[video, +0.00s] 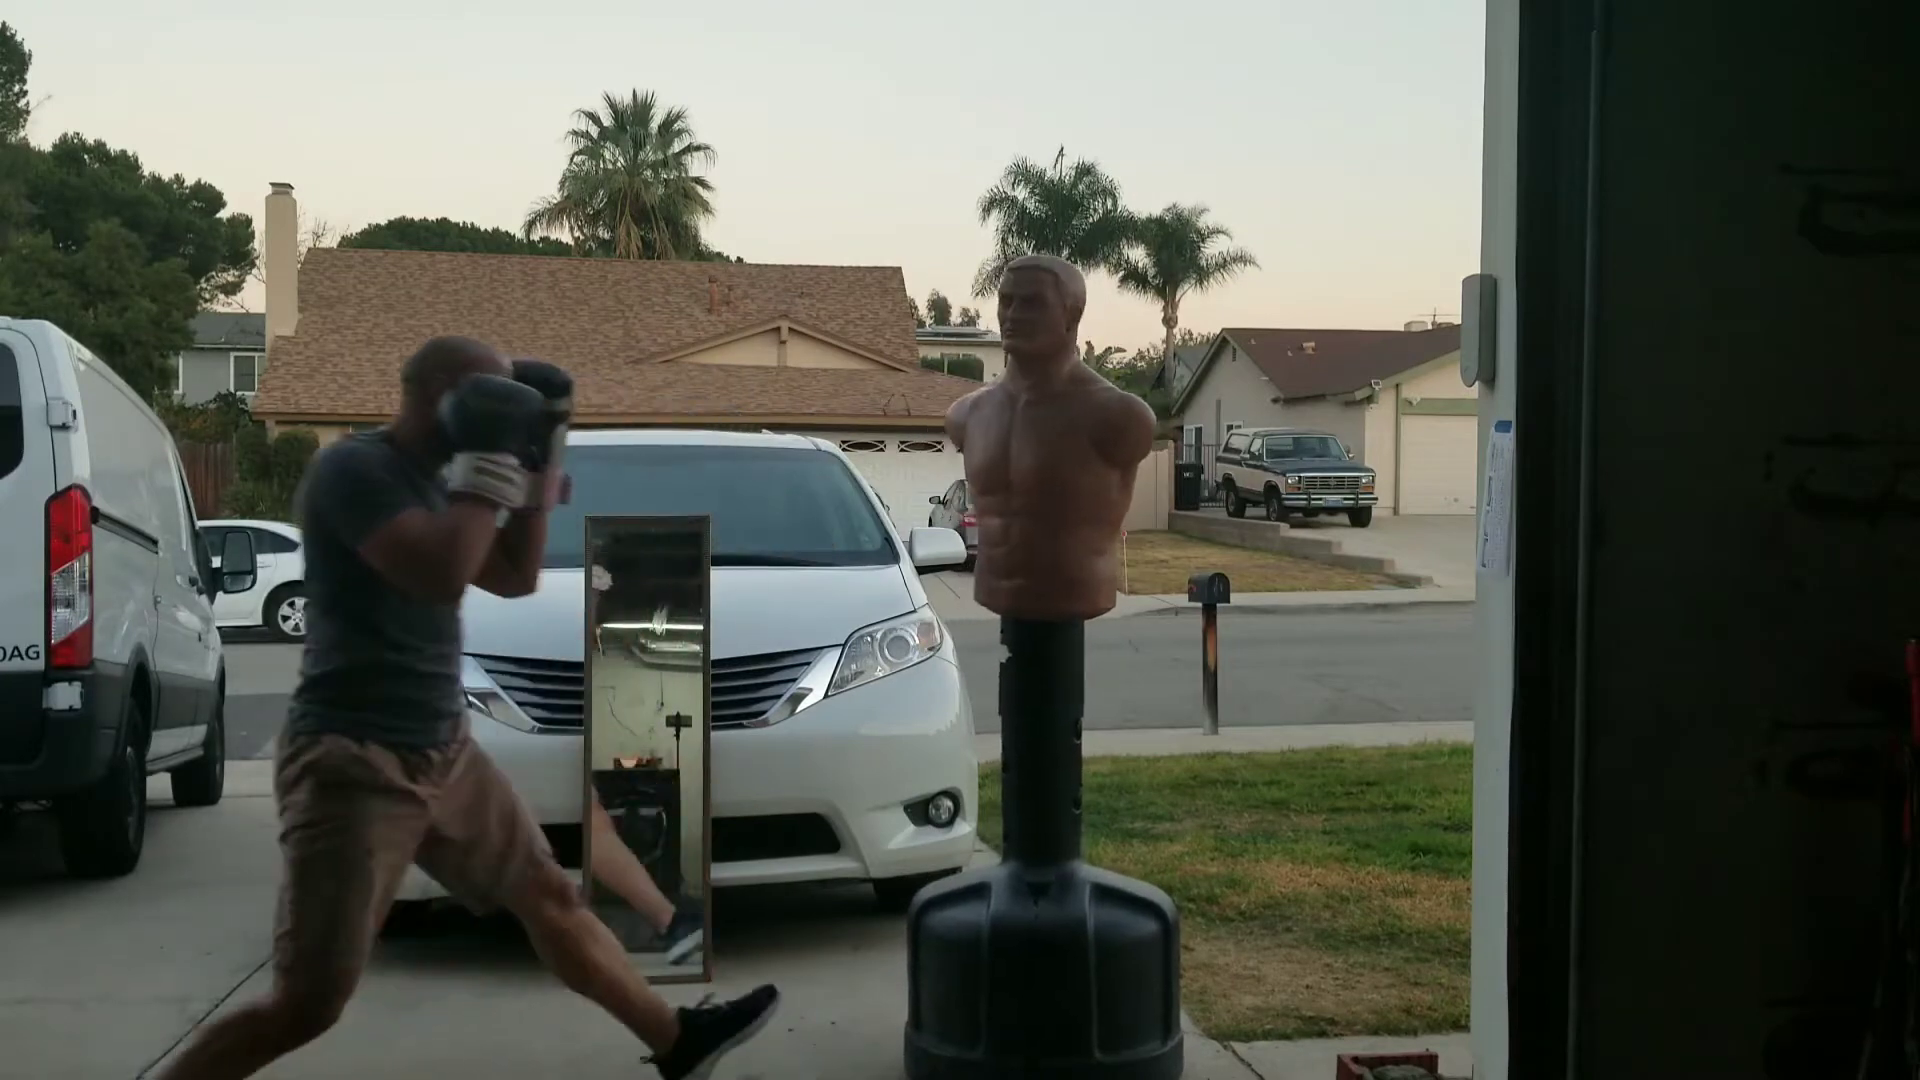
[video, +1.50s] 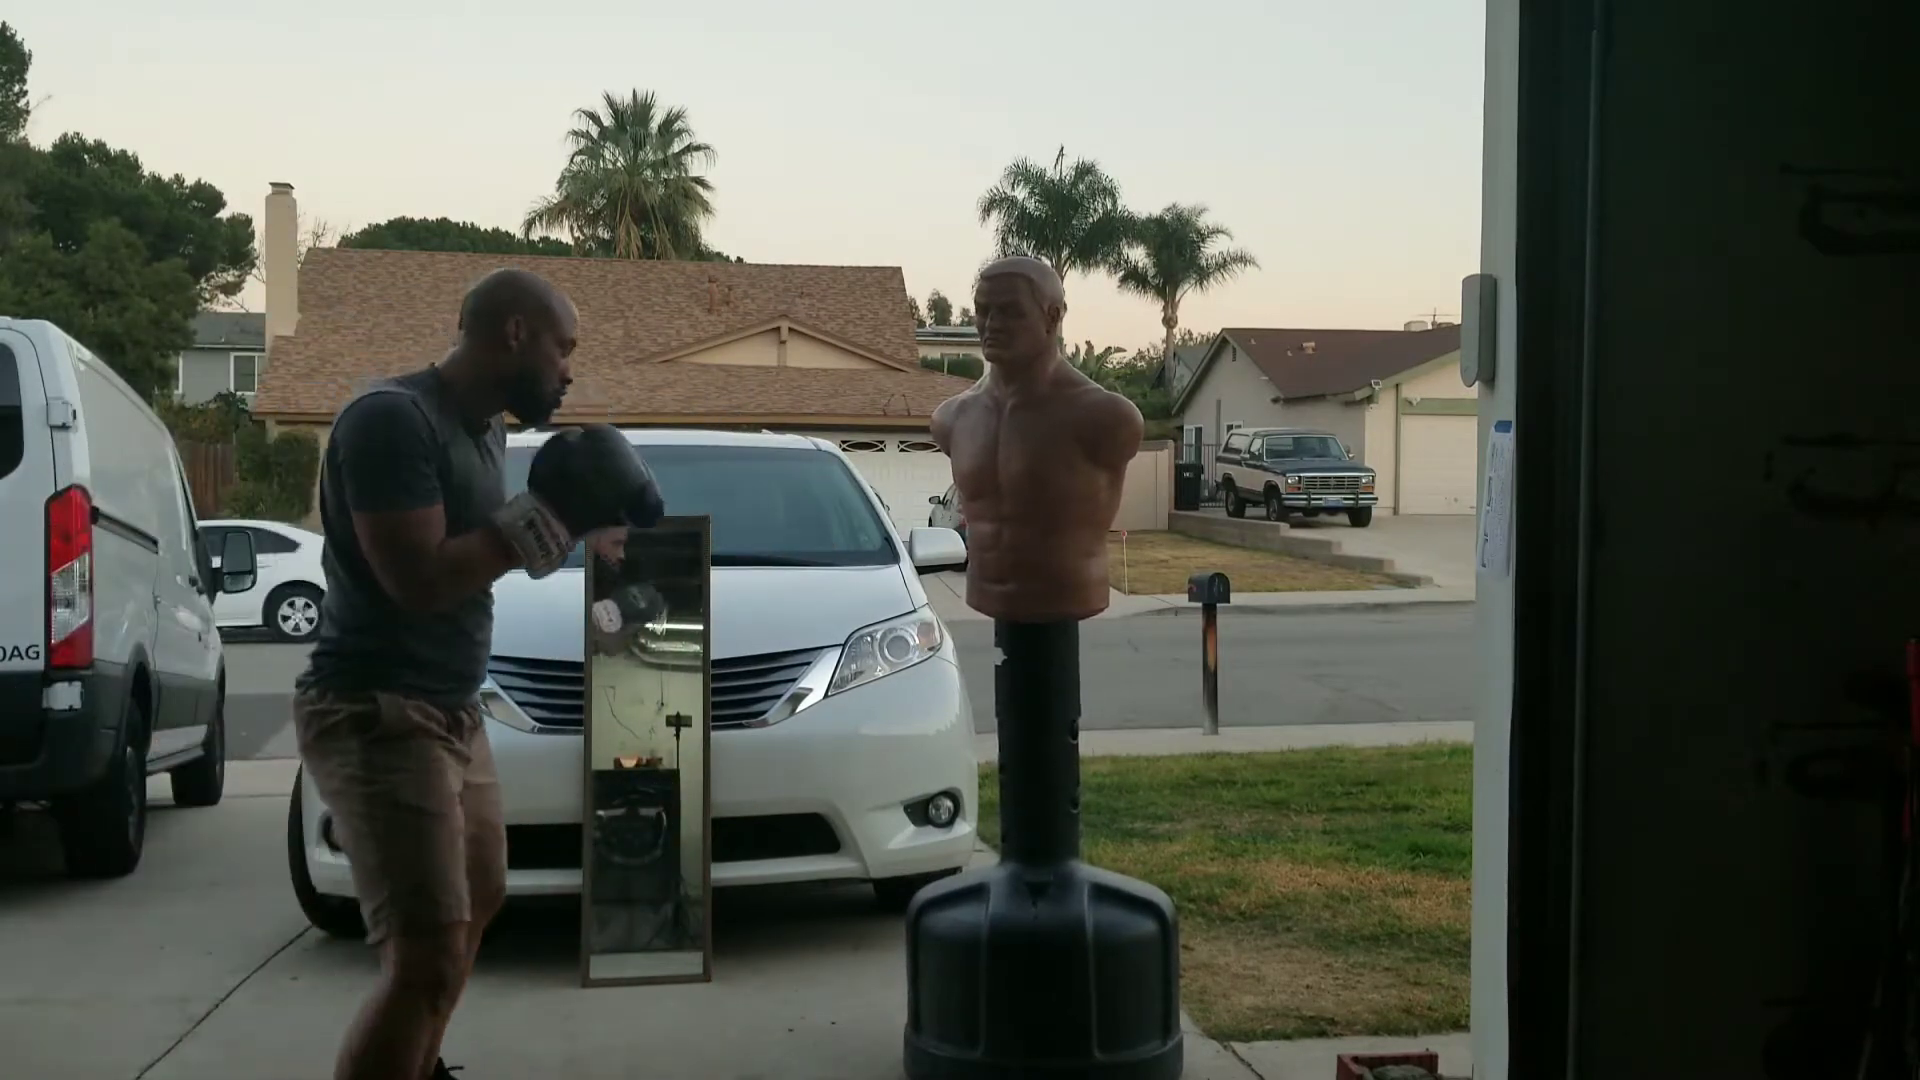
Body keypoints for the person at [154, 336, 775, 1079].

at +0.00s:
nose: (496, 415)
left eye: (501, 400)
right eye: (486, 398)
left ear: (459, 409)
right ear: (437, 397)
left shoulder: (443, 482)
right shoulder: (347, 469)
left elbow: (514, 577)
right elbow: (441, 573)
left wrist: (544, 448)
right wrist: (498, 456)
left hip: (444, 753)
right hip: (351, 760)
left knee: (552, 899)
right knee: (309, 1001)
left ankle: (670, 1036)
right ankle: (166, 1075)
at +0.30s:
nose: (315, 292)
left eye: (325, 276)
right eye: (306, 273)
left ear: (306, 276)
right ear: (249, 262)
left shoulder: (284, 346)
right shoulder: (165, 338)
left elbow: (345, 452)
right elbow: (265, 466)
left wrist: (402, 351)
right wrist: (321, 347)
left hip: (280, 640)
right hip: (172, 646)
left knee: (366, 836)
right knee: (138, 894)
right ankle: (45, 1073)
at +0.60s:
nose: (260, 349)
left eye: (263, 331)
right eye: (249, 330)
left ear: (194, 328)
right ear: (186, 325)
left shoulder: (207, 424)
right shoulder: (76, 412)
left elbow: (217, 540)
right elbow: (145, 555)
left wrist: (285, 515)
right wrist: (234, 450)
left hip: (194, 717)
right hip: (82, 721)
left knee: (250, 925)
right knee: (55, 953)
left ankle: (73, 1062)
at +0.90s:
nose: (358, 407)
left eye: (364, 393)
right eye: (358, 389)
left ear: (297, 366)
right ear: (322, 374)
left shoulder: (266, 432)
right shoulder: (235, 410)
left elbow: (305, 567)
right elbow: (319, 554)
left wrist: (379, 455)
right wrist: (386, 441)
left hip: (248, 727)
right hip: (161, 726)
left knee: (353, 876)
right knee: (67, 954)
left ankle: (397, 1068)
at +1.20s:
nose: (499, 384)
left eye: (504, 368)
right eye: (499, 364)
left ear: (442, 349)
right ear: (454, 349)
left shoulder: (396, 417)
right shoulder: (368, 393)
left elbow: (401, 546)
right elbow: (403, 542)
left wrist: (472, 491)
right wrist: (494, 481)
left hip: (350, 691)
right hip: (280, 689)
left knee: (412, 868)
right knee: (304, 936)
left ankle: (403, 1068)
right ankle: (102, 1071)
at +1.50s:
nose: (570, 370)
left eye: (572, 351)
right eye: (563, 348)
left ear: (509, 337)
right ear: (513, 335)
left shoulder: (480, 433)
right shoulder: (388, 420)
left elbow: (472, 560)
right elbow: (421, 581)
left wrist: (571, 524)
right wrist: (544, 519)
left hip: (450, 713)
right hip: (376, 715)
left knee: (479, 894)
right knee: (430, 952)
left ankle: (416, 1060)